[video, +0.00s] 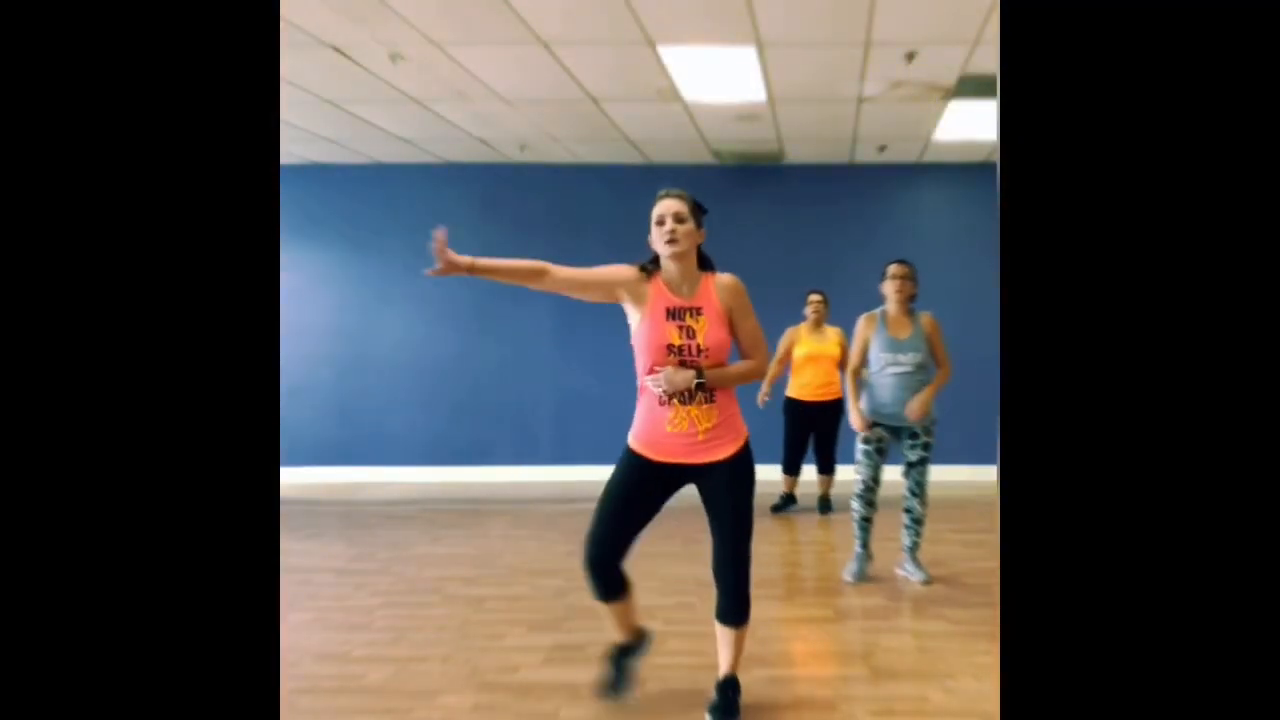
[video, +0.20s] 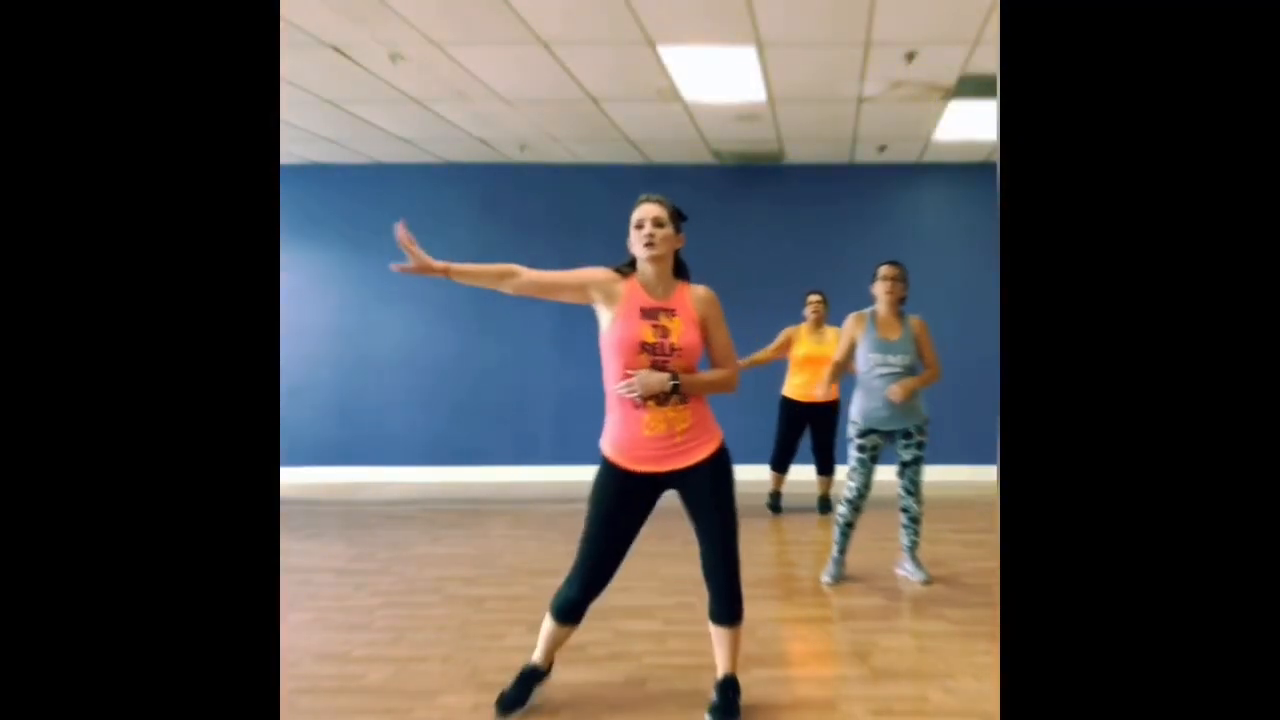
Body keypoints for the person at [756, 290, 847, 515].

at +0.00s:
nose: (815, 307)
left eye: (819, 303)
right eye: (811, 303)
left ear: (826, 309)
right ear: (805, 309)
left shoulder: (837, 334)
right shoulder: (793, 334)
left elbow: (846, 365)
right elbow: (779, 361)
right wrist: (766, 385)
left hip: (829, 398)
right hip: (798, 398)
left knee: (825, 451)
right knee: (793, 448)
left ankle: (824, 495)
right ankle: (788, 493)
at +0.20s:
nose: (815, 307)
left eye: (819, 303)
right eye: (811, 304)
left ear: (826, 309)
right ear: (804, 310)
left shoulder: (836, 335)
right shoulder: (793, 334)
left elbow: (850, 365)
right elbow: (769, 353)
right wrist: (741, 364)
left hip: (826, 400)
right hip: (794, 398)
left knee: (824, 453)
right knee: (784, 448)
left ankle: (824, 496)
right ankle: (775, 493)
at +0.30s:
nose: (812, 309)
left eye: (816, 305)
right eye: (808, 305)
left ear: (823, 311)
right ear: (801, 311)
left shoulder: (832, 336)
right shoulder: (789, 334)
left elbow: (849, 364)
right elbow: (759, 344)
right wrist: (728, 349)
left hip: (822, 401)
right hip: (790, 399)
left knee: (823, 453)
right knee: (776, 448)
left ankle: (824, 497)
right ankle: (761, 493)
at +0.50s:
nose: (798, 309)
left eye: (802, 306)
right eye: (794, 306)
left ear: (810, 313)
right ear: (788, 312)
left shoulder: (817, 338)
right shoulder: (775, 333)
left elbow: (830, 365)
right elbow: (743, 333)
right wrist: (709, 328)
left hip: (808, 402)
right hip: (776, 401)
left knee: (814, 452)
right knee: (765, 450)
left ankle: (823, 497)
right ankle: (748, 495)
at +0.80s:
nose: (775, 306)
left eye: (780, 303)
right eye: (772, 302)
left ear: (787, 309)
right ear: (766, 308)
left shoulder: (795, 335)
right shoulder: (751, 329)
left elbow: (806, 363)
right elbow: (720, 327)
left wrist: (805, 378)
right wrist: (693, 322)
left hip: (784, 399)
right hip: (753, 399)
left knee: (795, 449)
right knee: (754, 450)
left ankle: (808, 494)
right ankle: (746, 495)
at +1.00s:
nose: (769, 307)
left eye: (773, 303)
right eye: (765, 303)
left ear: (780, 309)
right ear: (759, 308)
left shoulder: (791, 334)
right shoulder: (746, 333)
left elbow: (802, 360)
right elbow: (725, 348)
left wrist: (799, 377)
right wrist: (707, 338)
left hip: (780, 398)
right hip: (750, 396)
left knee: (780, 452)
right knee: (751, 450)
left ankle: (779, 496)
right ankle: (747, 494)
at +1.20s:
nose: (769, 306)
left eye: (773, 302)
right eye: (765, 302)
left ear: (780, 308)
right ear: (759, 308)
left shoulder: (791, 333)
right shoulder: (746, 333)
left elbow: (803, 358)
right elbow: (735, 360)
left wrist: (806, 372)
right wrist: (732, 358)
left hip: (785, 398)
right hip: (753, 398)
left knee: (798, 448)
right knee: (753, 451)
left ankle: (800, 493)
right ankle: (747, 495)